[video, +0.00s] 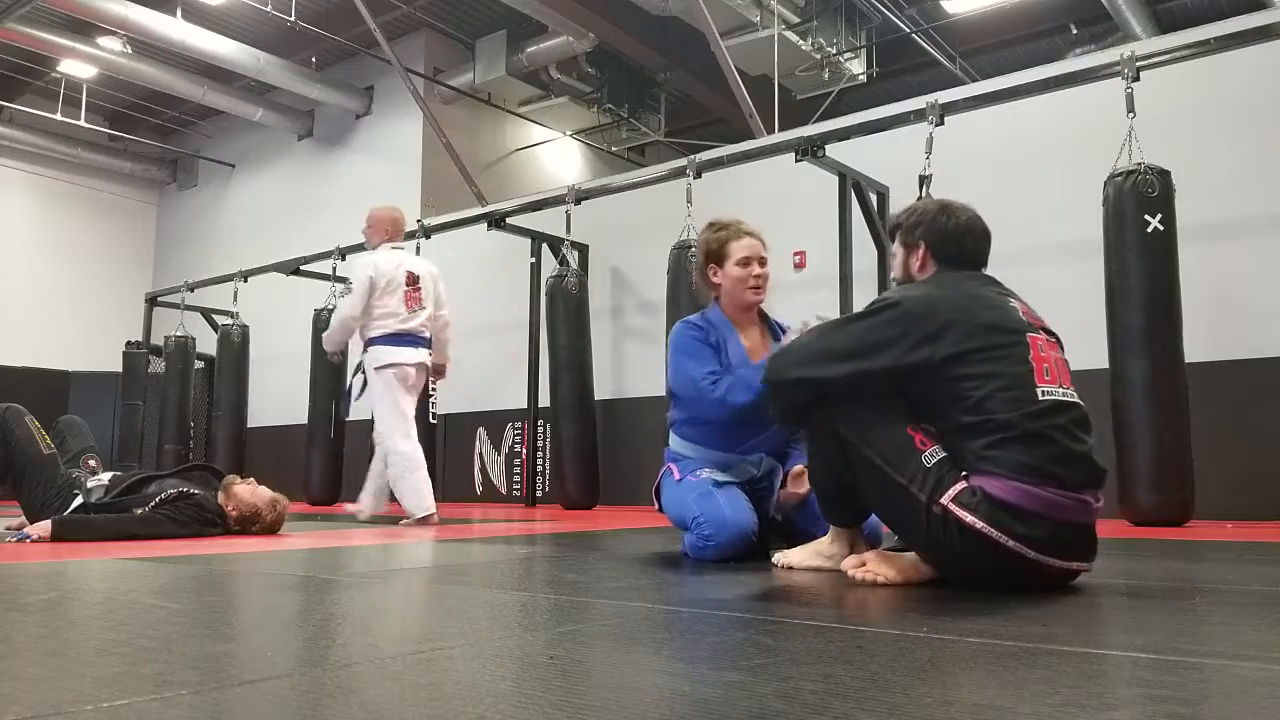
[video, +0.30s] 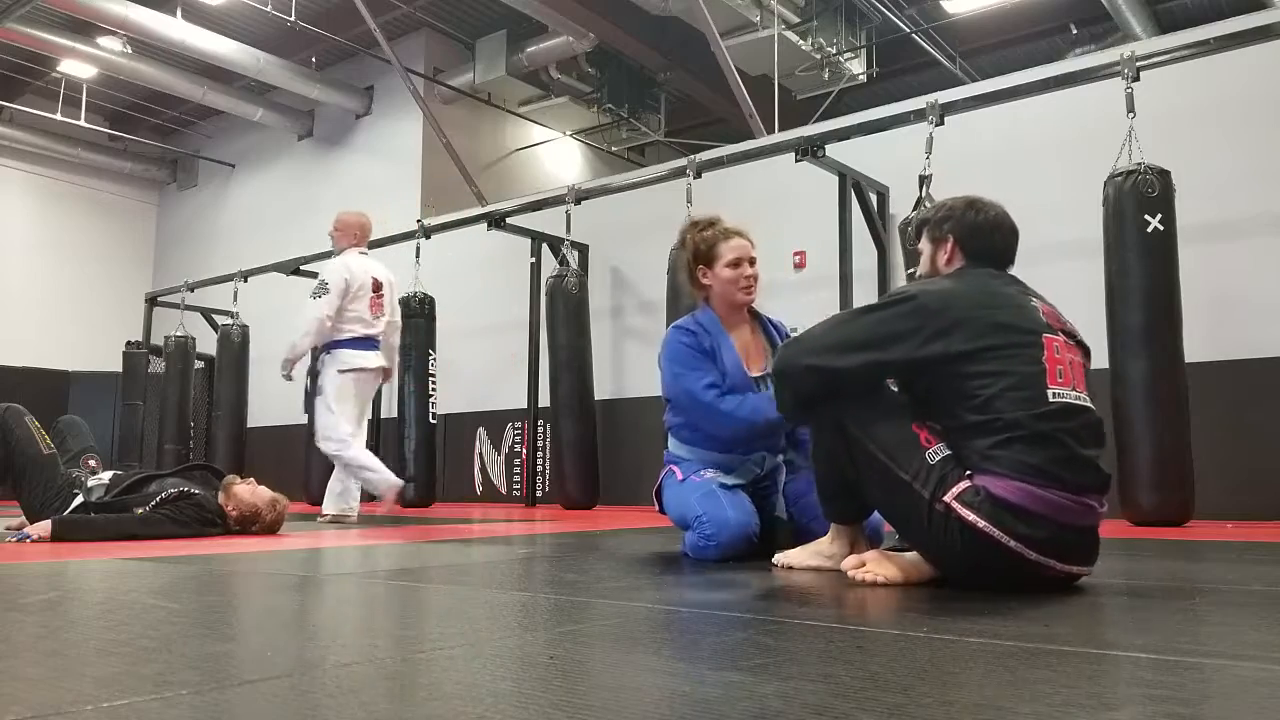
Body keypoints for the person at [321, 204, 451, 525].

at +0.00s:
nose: (363, 232)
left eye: (368, 227)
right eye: (365, 227)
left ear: (386, 232)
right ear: (397, 233)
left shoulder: (370, 263)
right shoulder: (426, 267)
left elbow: (350, 313)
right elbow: (441, 319)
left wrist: (331, 342)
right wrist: (440, 358)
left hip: (384, 357)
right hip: (419, 358)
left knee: (398, 434)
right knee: (389, 433)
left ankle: (422, 509)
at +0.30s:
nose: (331, 233)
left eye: (336, 229)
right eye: (333, 228)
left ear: (354, 235)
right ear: (360, 237)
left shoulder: (338, 267)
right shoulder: (384, 271)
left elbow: (320, 319)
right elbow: (393, 323)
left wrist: (290, 357)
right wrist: (389, 360)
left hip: (342, 360)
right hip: (373, 361)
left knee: (330, 435)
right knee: (353, 434)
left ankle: (390, 487)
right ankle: (341, 508)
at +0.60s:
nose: (291, 238)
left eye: (298, 235)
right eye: (294, 233)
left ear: (315, 243)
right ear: (319, 244)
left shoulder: (305, 273)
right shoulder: (332, 274)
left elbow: (306, 319)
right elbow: (342, 321)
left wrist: (294, 359)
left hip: (304, 365)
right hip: (330, 367)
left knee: (271, 431)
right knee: (333, 435)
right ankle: (343, 503)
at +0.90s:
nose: (242, 239)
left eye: (248, 235)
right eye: (243, 234)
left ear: (265, 243)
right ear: (270, 244)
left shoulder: (255, 275)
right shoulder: (282, 274)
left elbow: (245, 321)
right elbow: (280, 326)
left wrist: (221, 354)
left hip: (249, 362)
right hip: (276, 364)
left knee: (234, 432)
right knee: (262, 434)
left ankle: (230, 501)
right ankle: (297, 481)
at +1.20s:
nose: (205, 246)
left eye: (211, 243)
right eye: (206, 241)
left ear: (230, 249)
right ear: (232, 251)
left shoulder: (219, 276)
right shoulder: (248, 282)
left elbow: (184, 294)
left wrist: (133, 274)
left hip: (214, 364)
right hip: (239, 367)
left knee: (215, 436)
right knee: (213, 437)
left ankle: (228, 499)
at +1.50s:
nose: (174, 251)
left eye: (181, 247)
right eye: (176, 247)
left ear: (199, 253)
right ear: (200, 255)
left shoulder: (189, 280)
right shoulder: (215, 285)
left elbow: (166, 318)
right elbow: (223, 337)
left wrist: (123, 342)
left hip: (182, 370)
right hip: (206, 372)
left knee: (154, 436)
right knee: (190, 441)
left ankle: (198, 489)